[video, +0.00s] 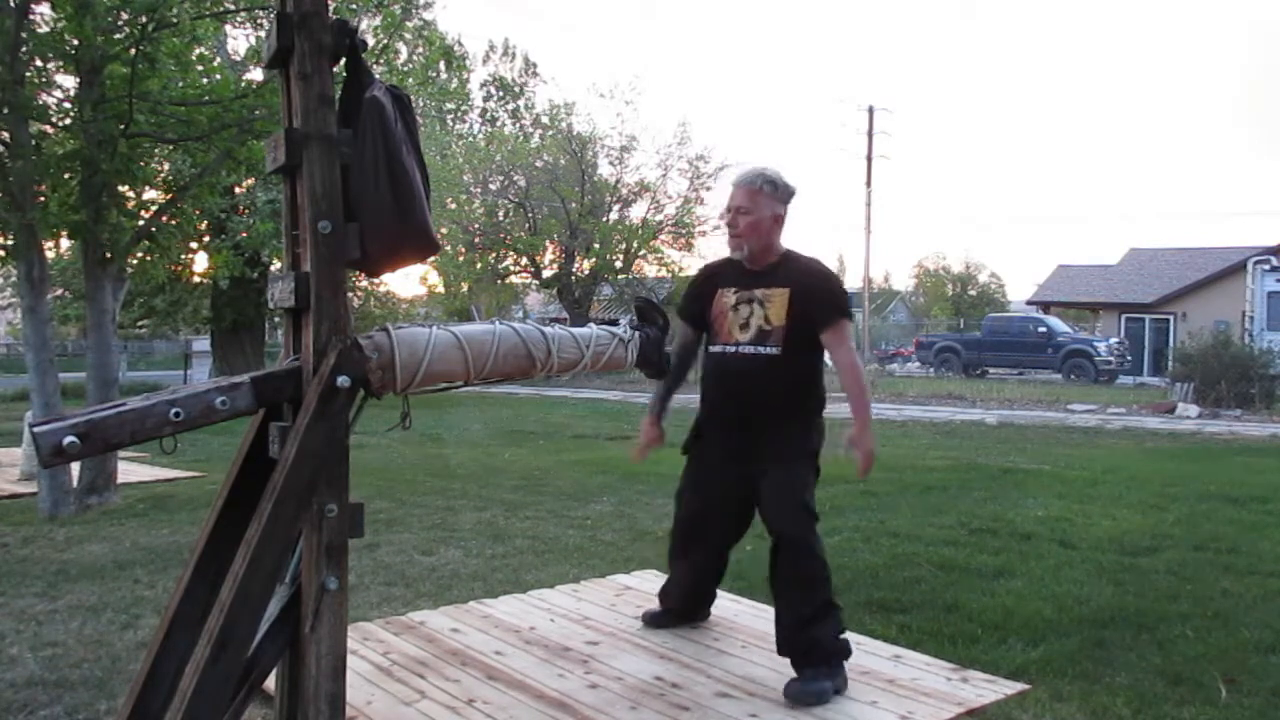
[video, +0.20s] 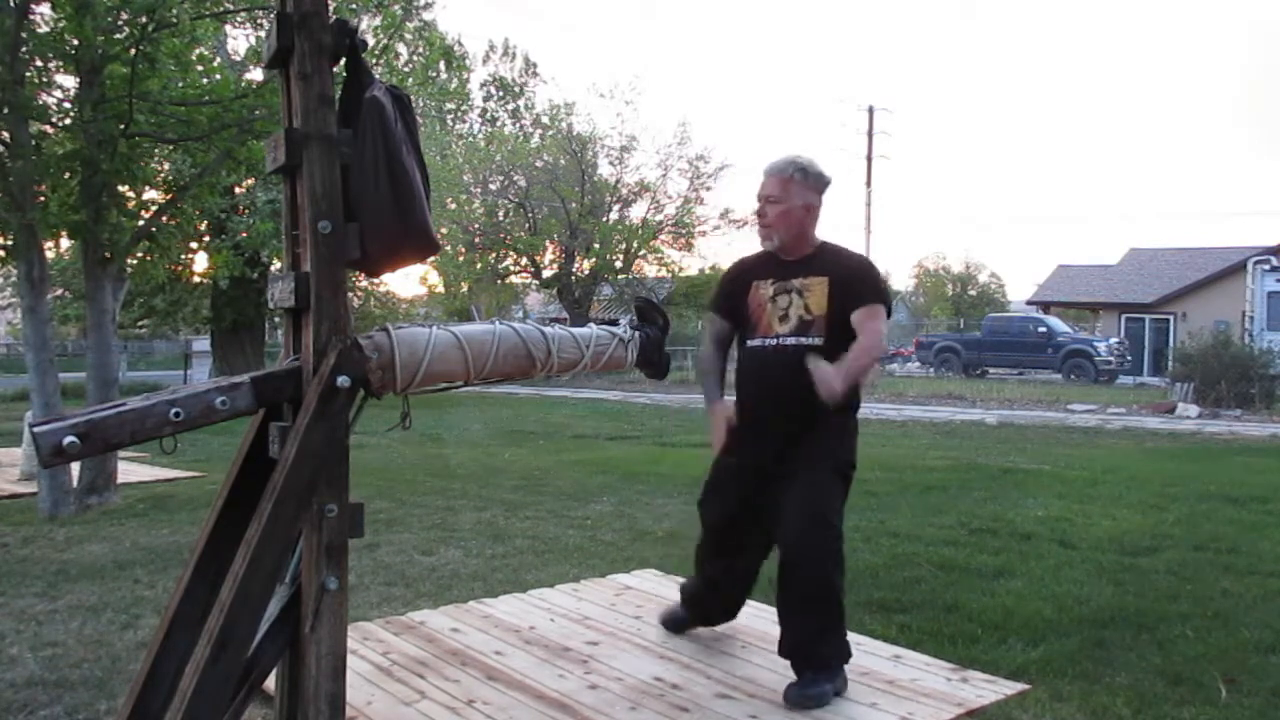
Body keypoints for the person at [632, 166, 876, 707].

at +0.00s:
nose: (732, 223)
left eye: (745, 214)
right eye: (730, 212)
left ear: (779, 217)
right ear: (728, 214)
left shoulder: (813, 281)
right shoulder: (711, 280)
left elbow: (843, 355)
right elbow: (681, 352)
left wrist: (862, 425)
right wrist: (655, 413)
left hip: (788, 436)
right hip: (720, 431)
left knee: (793, 535)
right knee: (697, 521)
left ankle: (820, 662)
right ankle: (686, 603)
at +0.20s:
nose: (761, 213)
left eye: (775, 205)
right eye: (760, 203)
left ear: (811, 210)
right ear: (759, 205)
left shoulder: (851, 271)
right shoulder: (742, 276)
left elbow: (873, 336)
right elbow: (712, 346)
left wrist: (840, 373)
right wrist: (715, 406)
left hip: (821, 431)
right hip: (755, 427)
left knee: (809, 536)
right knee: (724, 515)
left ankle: (820, 667)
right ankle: (708, 602)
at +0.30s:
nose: (769, 209)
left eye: (782, 200)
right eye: (769, 198)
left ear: (821, 204)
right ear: (774, 201)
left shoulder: (862, 267)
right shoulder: (754, 271)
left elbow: (871, 329)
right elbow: (721, 330)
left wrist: (806, 332)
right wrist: (725, 356)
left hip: (830, 432)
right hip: (760, 428)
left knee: (815, 535)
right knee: (730, 519)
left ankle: (821, 666)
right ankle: (734, 613)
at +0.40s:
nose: (779, 204)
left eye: (792, 195)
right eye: (779, 193)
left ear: (832, 199)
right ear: (783, 195)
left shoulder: (869, 260)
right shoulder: (771, 262)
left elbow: (852, 313)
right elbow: (727, 311)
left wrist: (781, 295)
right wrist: (718, 298)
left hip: (837, 435)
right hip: (765, 427)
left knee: (821, 539)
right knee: (733, 509)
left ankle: (822, 667)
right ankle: (760, 626)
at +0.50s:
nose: (786, 202)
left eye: (797, 192)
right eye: (784, 192)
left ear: (836, 196)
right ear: (786, 194)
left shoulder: (872, 258)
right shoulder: (781, 255)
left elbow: (825, 307)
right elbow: (728, 295)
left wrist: (760, 278)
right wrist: (706, 267)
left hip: (840, 431)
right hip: (769, 418)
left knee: (827, 547)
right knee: (717, 463)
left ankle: (823, 667)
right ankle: (745, 593)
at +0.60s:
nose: (789, 199)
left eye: (800, 190)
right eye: (789, 189)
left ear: (840, 194)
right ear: (797, 192)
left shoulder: (873, 257)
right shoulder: (789, 250)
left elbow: (805, 305)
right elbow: (730, 267)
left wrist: (748, 278)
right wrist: (674, 233)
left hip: (829, 425)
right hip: (768, 405)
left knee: (807, 544)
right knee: (702, 379)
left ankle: (822, 667)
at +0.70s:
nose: (791, 199)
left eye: (803, 189)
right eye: (791, 188)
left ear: (842, 191)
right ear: (813, 191)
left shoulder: (873, 255)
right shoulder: (790, 248)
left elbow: (802, 304)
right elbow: (724, 256)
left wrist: (750, 279)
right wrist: (662, 230)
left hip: (824, 421)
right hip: (768, 393)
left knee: (804, 538)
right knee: (702, 348)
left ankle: (823, 664)